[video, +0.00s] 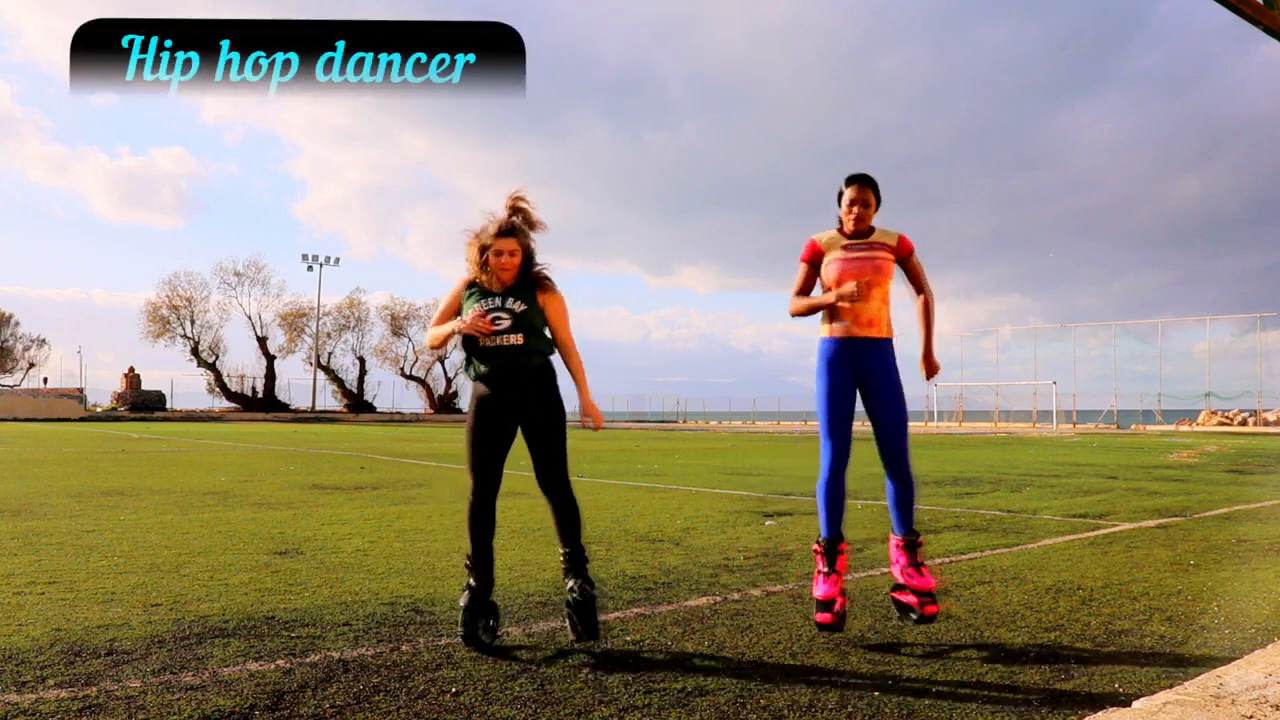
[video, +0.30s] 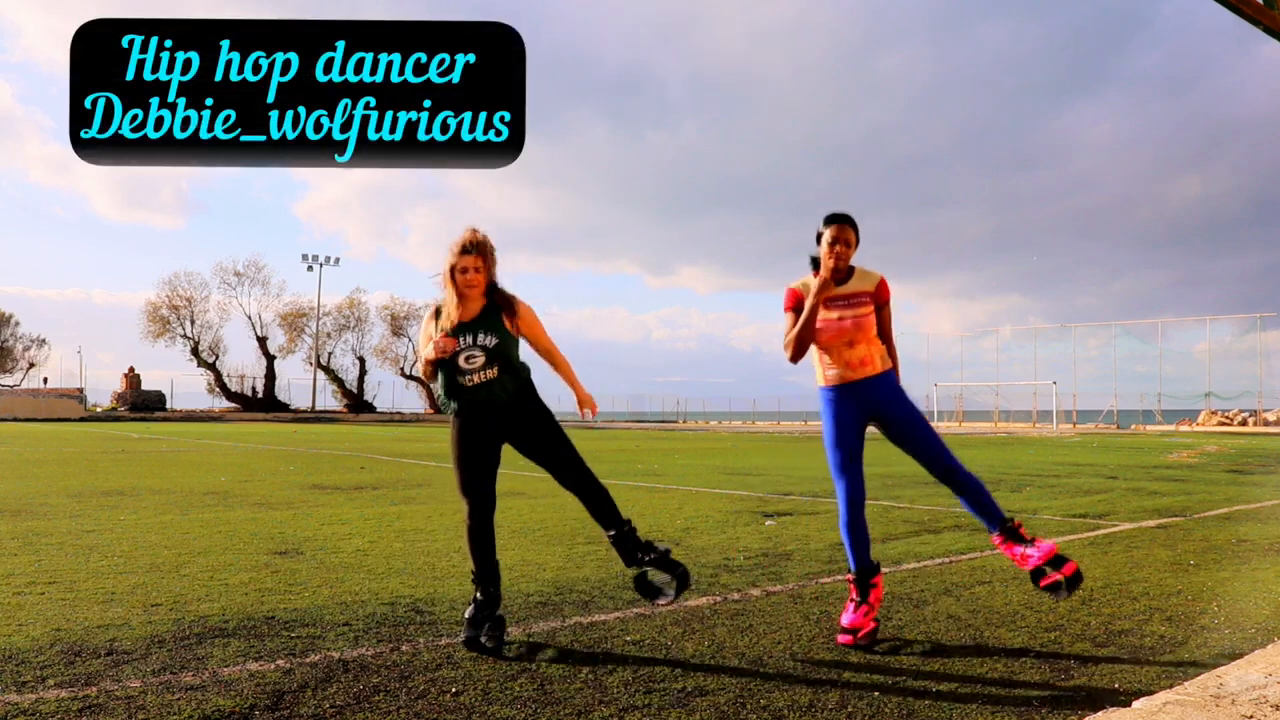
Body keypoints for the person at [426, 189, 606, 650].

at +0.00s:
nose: (504, 260)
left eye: (512, 253)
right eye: (497, 253)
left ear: (524, 258)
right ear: (485, 257)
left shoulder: (542, 292)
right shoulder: (468, 290)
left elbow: (565, 344)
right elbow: (431, 340)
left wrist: (585, 398)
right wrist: (458, 325)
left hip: (540, 397)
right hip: (491, 398)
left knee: (556, 484)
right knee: (482, 490)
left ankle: (577, 578)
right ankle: (480, 585)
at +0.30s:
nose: (469, 277)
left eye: (476, 270)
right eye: (461, 270)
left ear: (489, 272)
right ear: (450, 273)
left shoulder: (509, 308)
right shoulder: (436, 319)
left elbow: (547, 350)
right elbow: (426, 375)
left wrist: (578, 389)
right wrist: (431, 355)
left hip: (521, 410)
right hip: (473, 421)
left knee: (577, 477)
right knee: (478, 509)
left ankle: (630, 546)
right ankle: (486, 599)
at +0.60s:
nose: (452, 273)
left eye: (461, 267)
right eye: (447, 267)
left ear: (476, 275)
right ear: (439, 276)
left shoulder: (501, 313)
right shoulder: (428, 324)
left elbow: (537, 365)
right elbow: (420, 389)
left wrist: (567, 413)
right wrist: (426, 372)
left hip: (513, 416)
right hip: (464, 424)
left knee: (562, 494)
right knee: (467, 518)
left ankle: (613, 572)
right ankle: (470, 609)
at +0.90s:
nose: (487, 251)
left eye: (496, 244)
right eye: (484, 243)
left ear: (518, 247)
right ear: (481, 242)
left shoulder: (542, 283)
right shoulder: (471, 276)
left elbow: (574, 332)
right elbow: (442, 325)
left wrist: (543, 301)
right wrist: (421, 374)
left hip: (520, 394)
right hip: (470, 392)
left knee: (528, 491)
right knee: (459, 489)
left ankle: (529, 586)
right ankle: (448, 586)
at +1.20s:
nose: (533, 273)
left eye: (542, 267)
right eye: (531, 266)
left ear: (563, 273)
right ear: (527, 268)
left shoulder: (580, 323)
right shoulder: (510, 303)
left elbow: (588, 377)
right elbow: (474, 352)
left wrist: (579, 363)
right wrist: (448, 400)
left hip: (538, 423)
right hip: (488, 408)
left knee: (532, 513)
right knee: (430, 475)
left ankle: (522, 607)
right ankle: (365, 554)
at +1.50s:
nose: (551, 271)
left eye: (560, 265)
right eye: (547, 264)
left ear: (579, 274)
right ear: (540, 269)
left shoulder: (590, 323)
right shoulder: (516, 303)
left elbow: (611, 372)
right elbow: (477, 347)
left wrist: (609, 378)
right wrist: (453, 387)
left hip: (546, 420)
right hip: (496, 407)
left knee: (548, 509)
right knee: (440, 482)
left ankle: (543, 601)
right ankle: (373, 568)